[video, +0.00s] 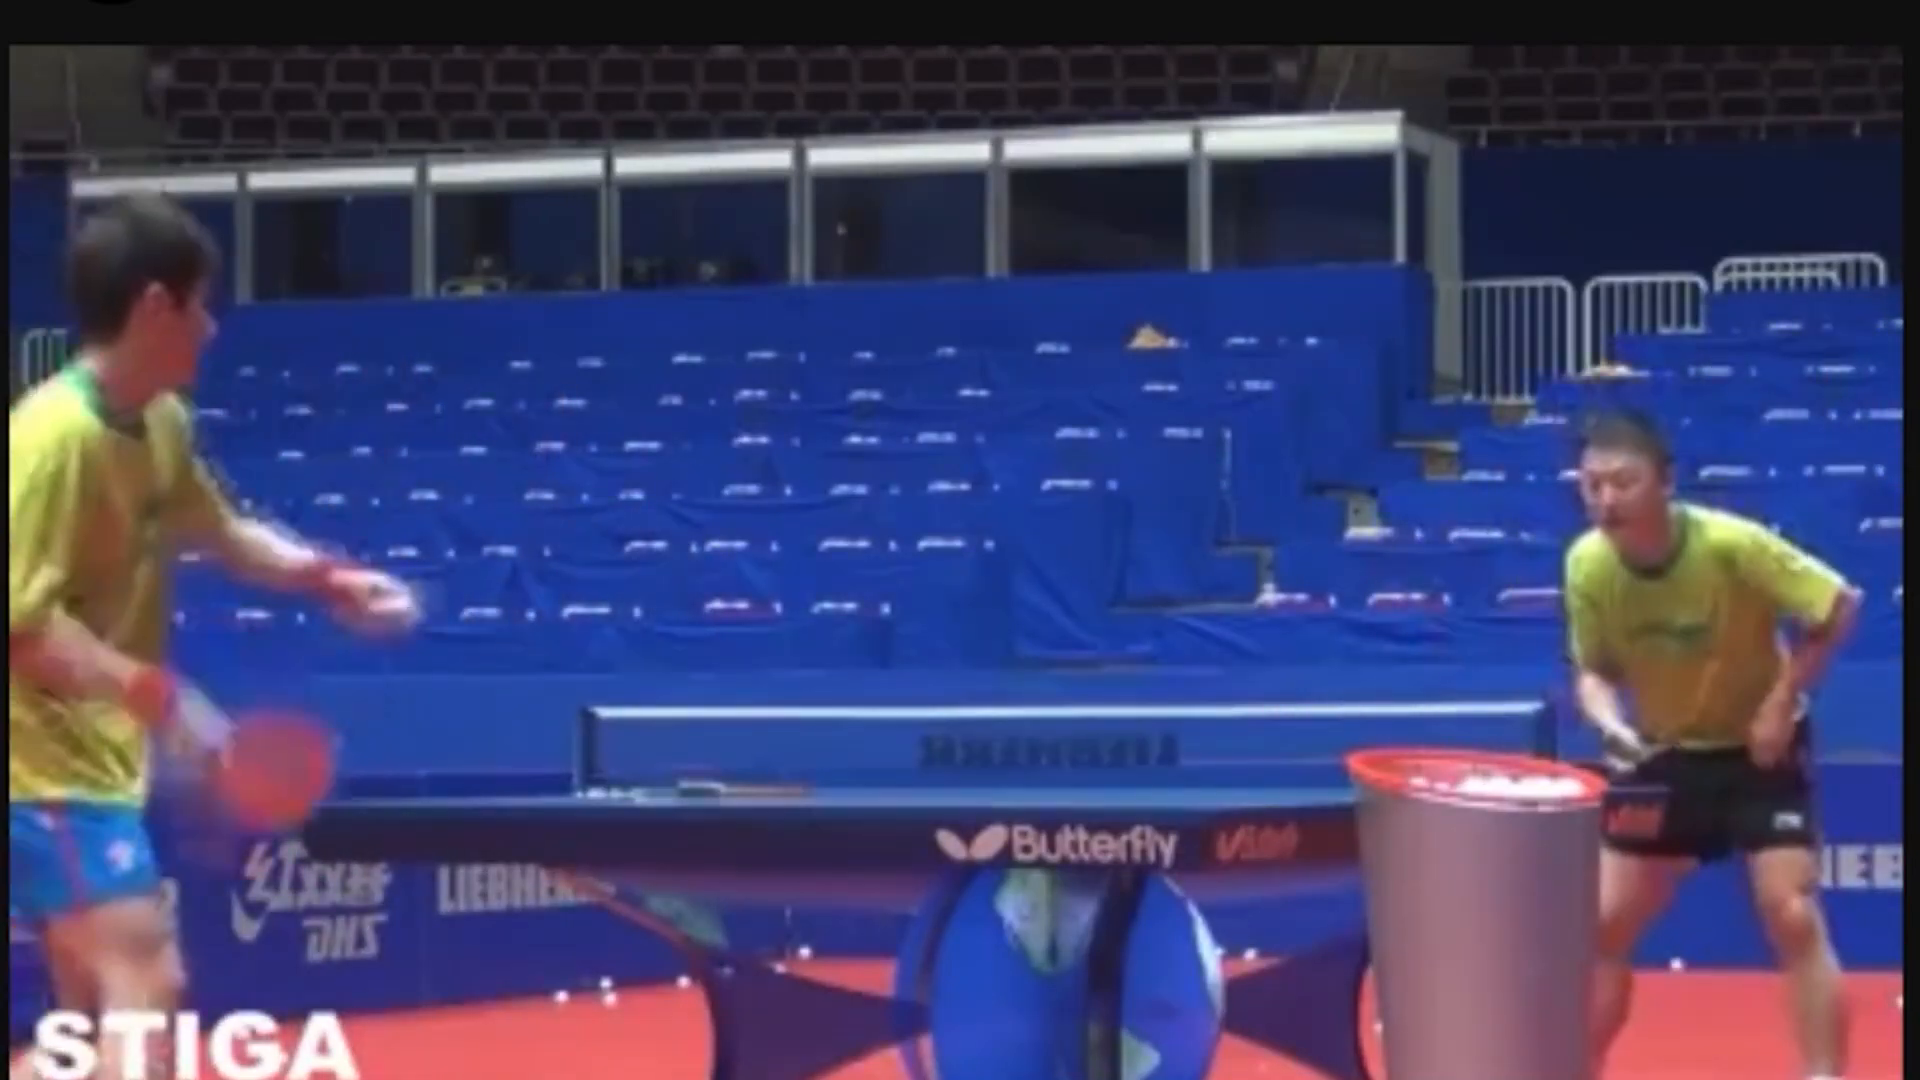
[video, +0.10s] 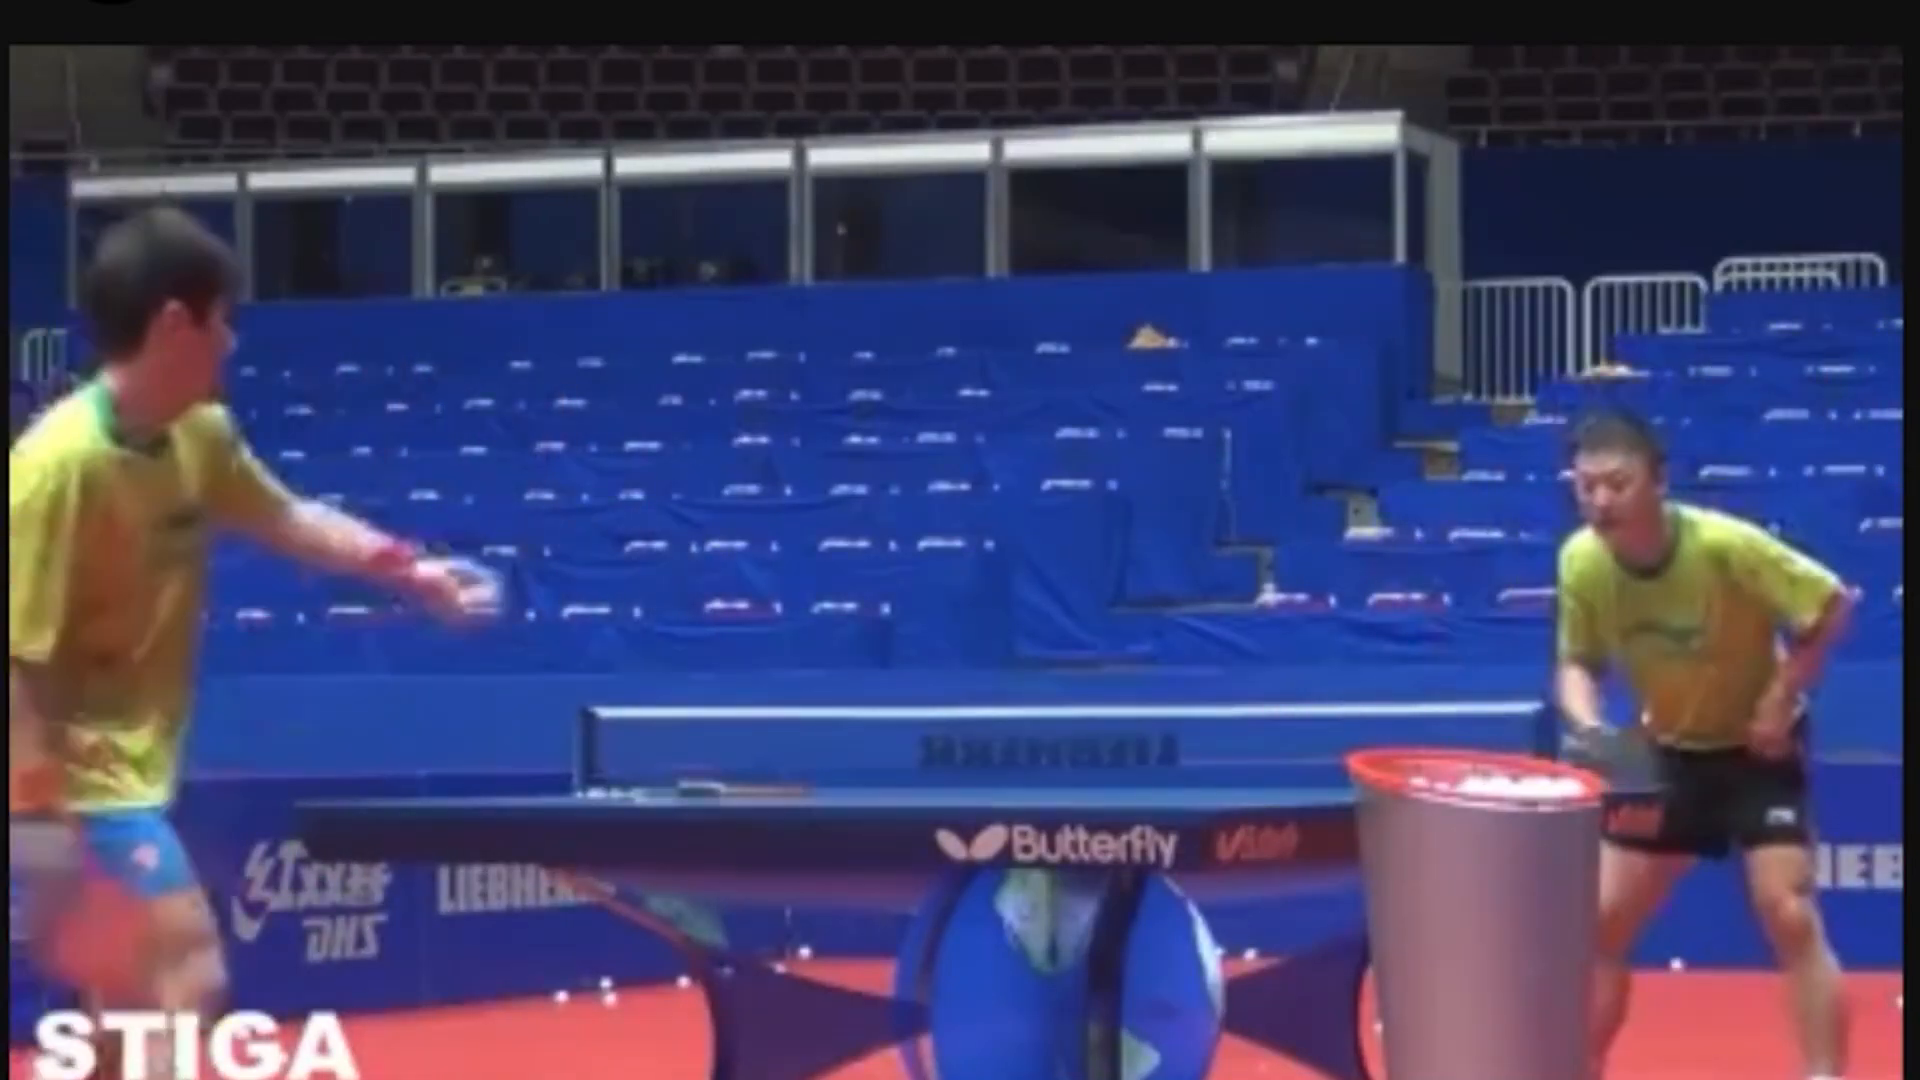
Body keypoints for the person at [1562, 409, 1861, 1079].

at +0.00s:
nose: (1605, 500)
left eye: (1621, 482)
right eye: (1593, 484)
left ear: (1663, 481)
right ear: (1582, 488)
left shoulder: (1731, 546)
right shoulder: (1588, 564)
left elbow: (1840, 604)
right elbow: (1591, 671)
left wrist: (1785, 699)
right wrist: (1612, 726)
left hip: (1757, 752)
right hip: (1662, 758)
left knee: (1792, 915)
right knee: (1604, 922)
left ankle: (1824, 1070)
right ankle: (1578, 1068)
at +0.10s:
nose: (1599, 503)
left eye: (1615, 484)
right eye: (1587, 486)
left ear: (1656, 481)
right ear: (1576, 488)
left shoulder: (1725, 546)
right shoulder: (1583, 561)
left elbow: (1835, 603)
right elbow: (1574, 664)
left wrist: (1783, 697)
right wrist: (1588, 726)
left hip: (1757, 752)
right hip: (1665, 755)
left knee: (1789, 915)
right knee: (1603, 919)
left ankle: (1823, 1070)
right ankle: (1581, 1068)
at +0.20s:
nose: (1587, 500)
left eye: (1604, 482)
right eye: (1575, 484)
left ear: (1643, 483)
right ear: (1563, 489)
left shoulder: (1706, 547)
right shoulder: (1567, 559)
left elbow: (1818, 605)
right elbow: (1552, 653)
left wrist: (1765, 695)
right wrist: (1541, 719)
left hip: (1739, 750)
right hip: (1648, 755)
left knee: (1778, 917)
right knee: (1589, 920)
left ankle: (1821, 1071)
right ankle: (1586, 1069)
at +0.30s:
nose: (1570, 496)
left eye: (1586, 478)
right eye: (1557, 480)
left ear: (1623, 480)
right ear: (1545, 489)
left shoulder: (1685, 547)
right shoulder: (1547, 565)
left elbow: (1791, 608)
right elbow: (1529, 657)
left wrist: (1729, 704)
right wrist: (1511, 703)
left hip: (1723, 755)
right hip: (1632, 762)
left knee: (1761, 921)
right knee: (1568, 922)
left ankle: (1817, 1070)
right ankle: (1581, 1068)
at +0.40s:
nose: (1552, 489)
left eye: (1567, 472)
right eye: (1539, 474)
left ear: (1605, 472)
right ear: (1528, 480)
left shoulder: (1669, 538)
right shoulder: (1535, 561)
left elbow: (1770, 597)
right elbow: (1524, 654)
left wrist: (1708, 688)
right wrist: (1503, 687)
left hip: (1717, 746)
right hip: (1627, 758)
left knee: (1757, 913)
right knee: (1568, 922)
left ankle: (1820, 1066)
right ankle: (1581, 1068)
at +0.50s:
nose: (1546, 485)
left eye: (1560, 467)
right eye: (1531, 471)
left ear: (1598, 466)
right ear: (1521, 479)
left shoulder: (1662, 530)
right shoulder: (1533, 556)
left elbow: (1765, 587)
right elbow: (1537, 645)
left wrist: (1697, 674)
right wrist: (1517, 681)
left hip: (1721, 735)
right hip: (1629, 749)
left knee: (1764, 906)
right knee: (1572, 924)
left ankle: (1834, 1065)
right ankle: (1583, 1068)